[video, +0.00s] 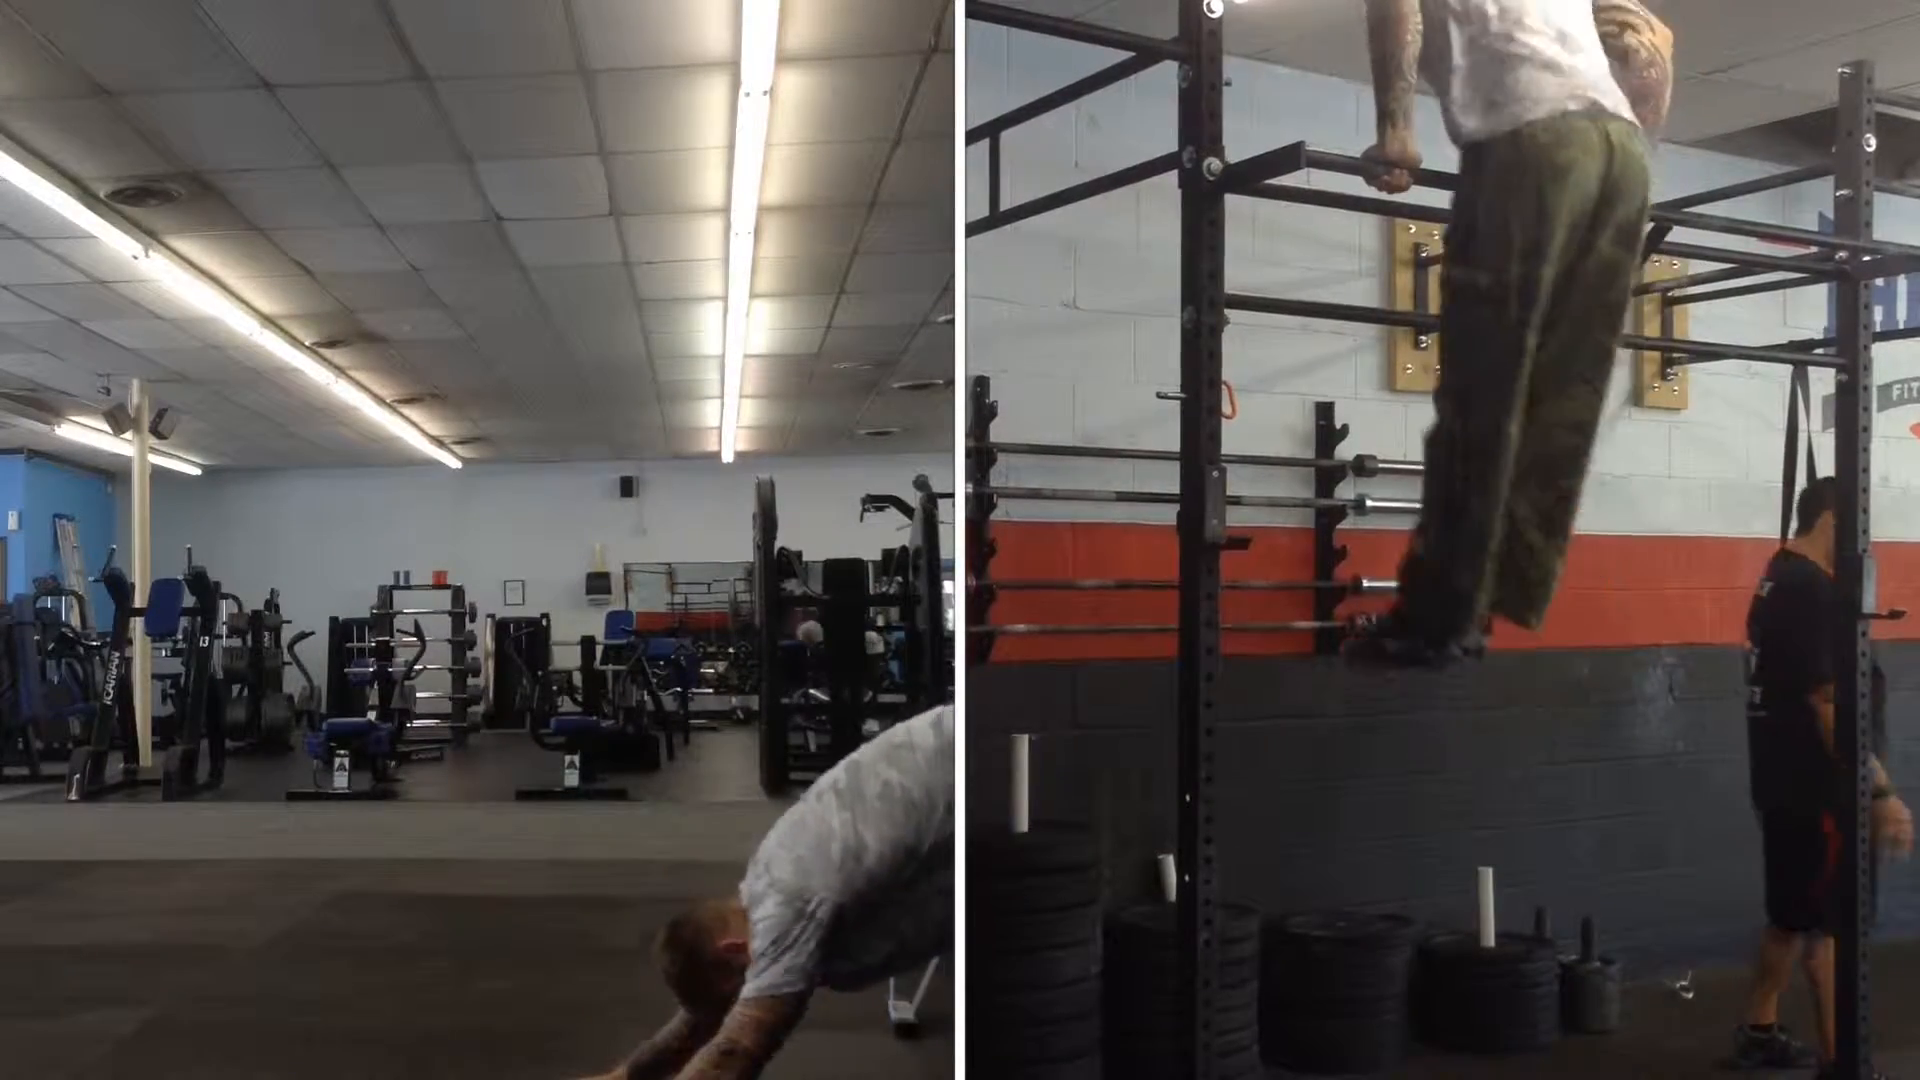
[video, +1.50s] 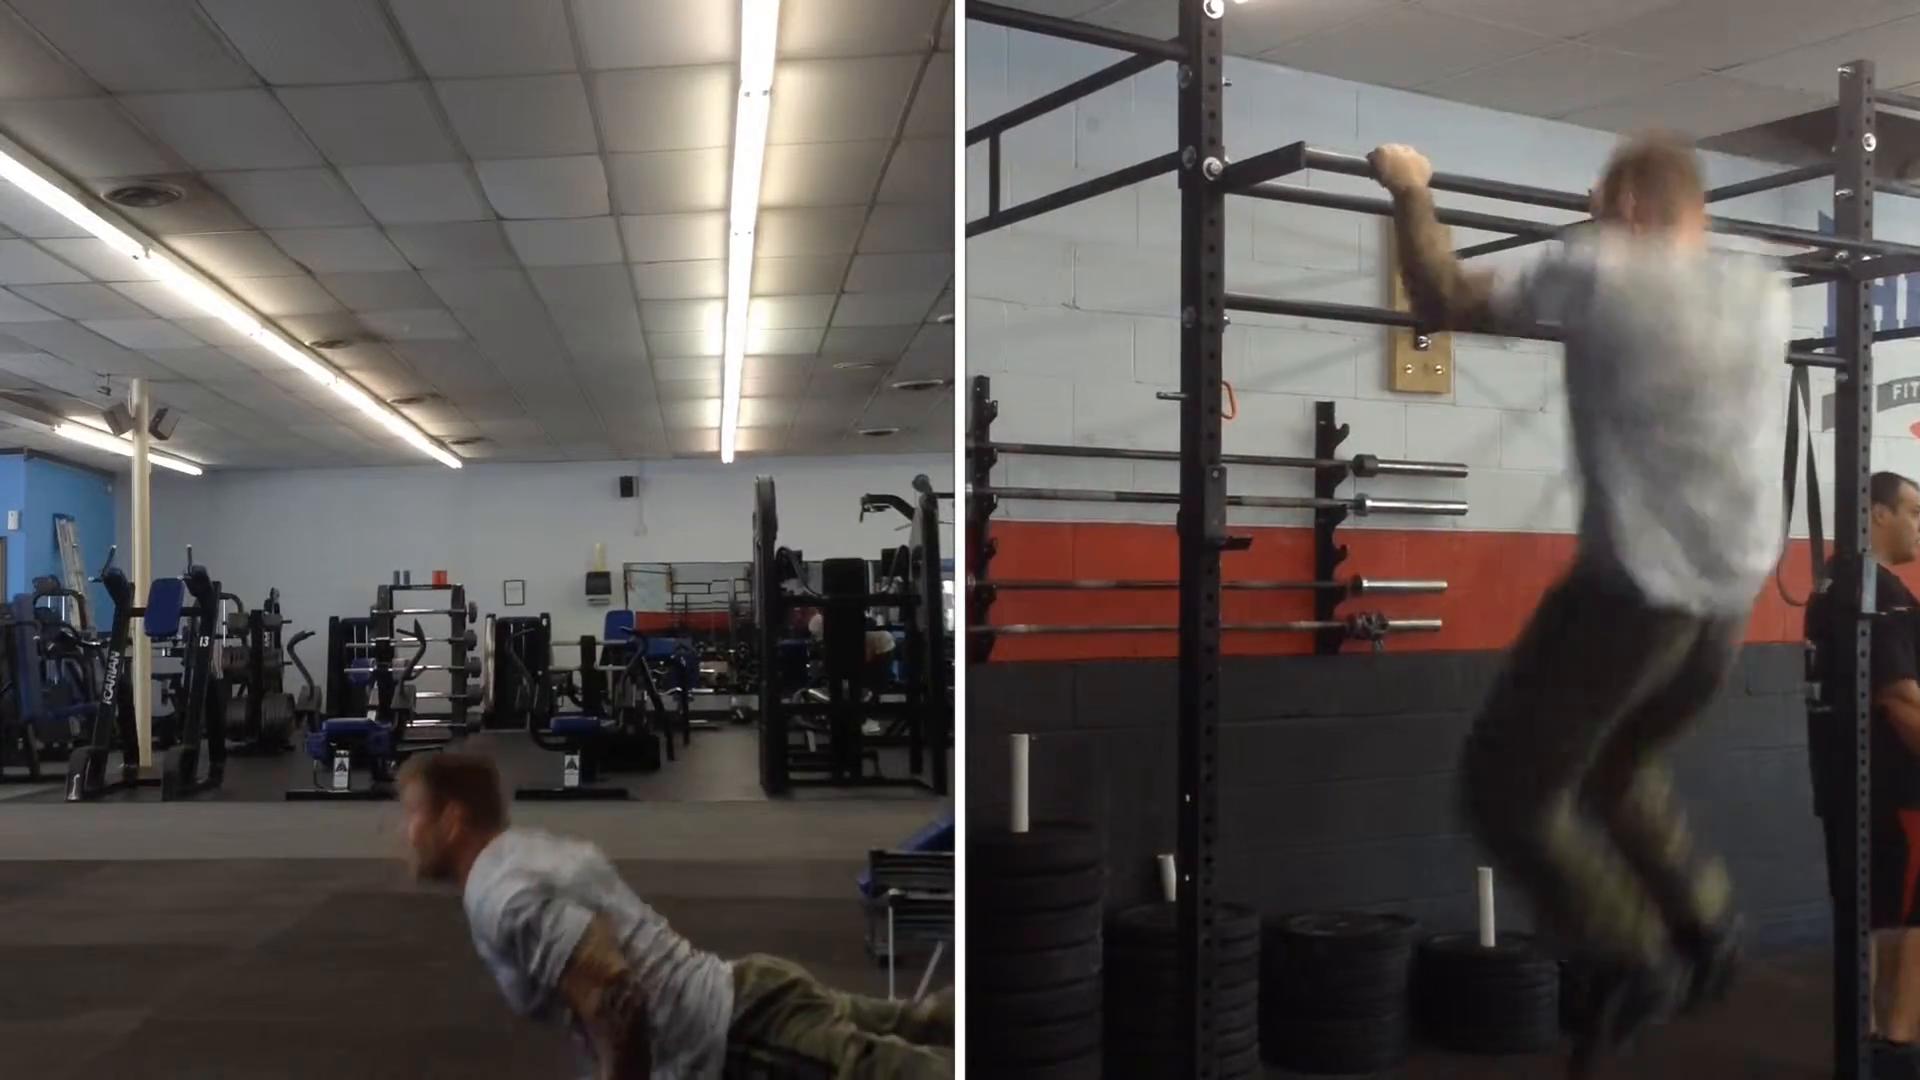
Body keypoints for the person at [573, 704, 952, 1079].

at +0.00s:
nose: (743, 1012)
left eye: (733, 1004)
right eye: (731, 1009)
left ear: (736, 955)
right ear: (735, 948)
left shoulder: (790, 900)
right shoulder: (764, 893)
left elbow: (737, 1054)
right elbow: (705, 1019)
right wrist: (625, 1071)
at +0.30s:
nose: (662, 1031)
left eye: (647, 1024)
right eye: (647, 1031)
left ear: (645, 977)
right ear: (646, 964)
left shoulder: (712, 930)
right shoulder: (700, 912)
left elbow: (743, 1071)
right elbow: (717, 1037)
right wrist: (636, 1073)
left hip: (956, 782)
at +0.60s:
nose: (534, 1056)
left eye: (516, 1042)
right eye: (516, 1050)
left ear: (523, 997)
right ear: (529, 986)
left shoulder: (593, 955)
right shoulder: (594, 958)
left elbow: (706, 1051)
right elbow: (695, 1047)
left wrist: (653, 1071)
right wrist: (648, 1063)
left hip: (870, 848)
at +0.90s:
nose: (425, 1071)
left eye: (411, 1052)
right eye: (409, 1061)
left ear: (435, 1015)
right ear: (441, 1004)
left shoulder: (505, 1000)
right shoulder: (509, 988)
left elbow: (641, 1003)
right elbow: (637, 998)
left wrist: (625, 1069)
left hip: (790, 943)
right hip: (788, 944)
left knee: (962, 1027)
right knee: (956, 1022)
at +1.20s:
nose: (364, 1001)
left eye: (364, 979)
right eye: (359, 982)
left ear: (401, 962)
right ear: (416, 949)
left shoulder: (476, 992)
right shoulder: (509, 942)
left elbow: (618, 997)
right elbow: (650, 943)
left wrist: (615, 1073)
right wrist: (589, 1031)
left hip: (750, 1034)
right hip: (756, 994)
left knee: (930, 1066)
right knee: (936, 1017)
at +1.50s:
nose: (401, 830)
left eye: (408, 812)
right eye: (402, 813)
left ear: (451, 820)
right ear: (465, 815)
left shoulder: (502, 890)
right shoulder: (537, 850)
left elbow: (617, 1002)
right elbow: (629, 966)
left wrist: (615, 1076)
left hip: (747, 1039)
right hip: (751, 991)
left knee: (933, 1070)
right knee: (917, 1021)